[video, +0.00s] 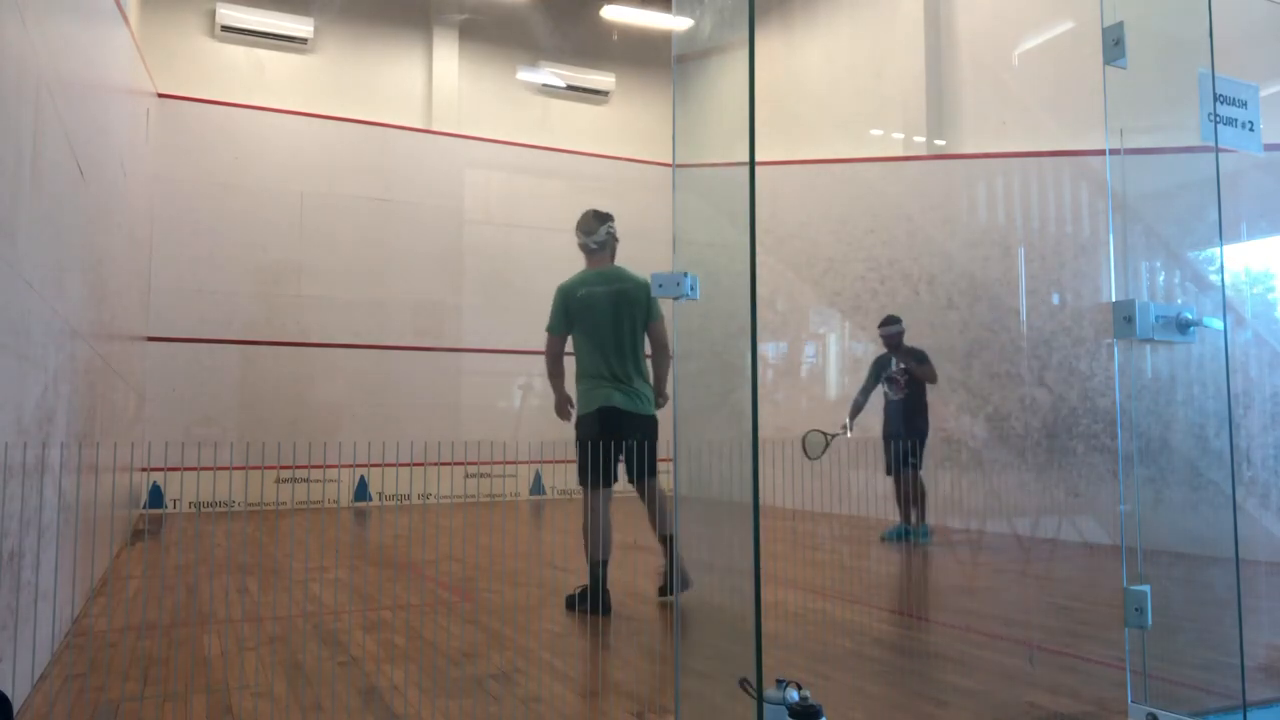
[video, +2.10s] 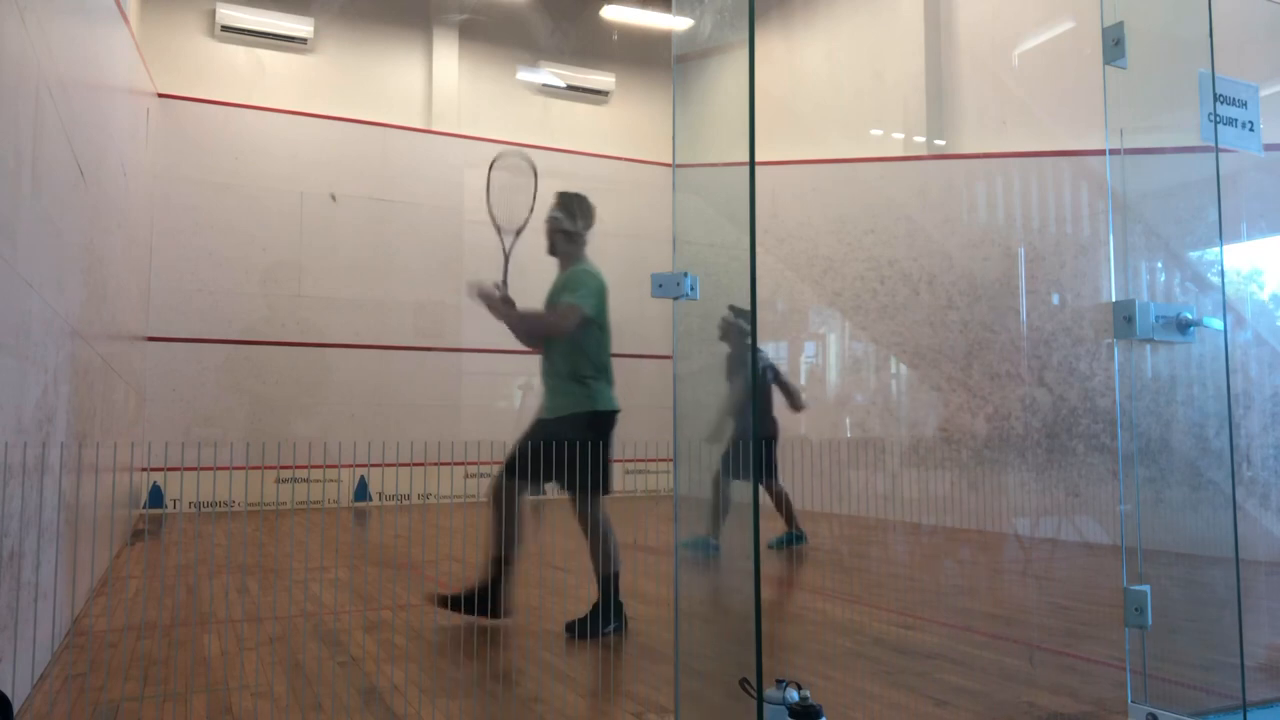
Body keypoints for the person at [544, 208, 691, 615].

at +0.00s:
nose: (582, 248)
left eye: (579, 242)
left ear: (580, 245)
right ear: (615, 243)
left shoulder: (569, 291)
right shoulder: (639, 286)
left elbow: (554, 352)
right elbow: (661, 346)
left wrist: (559, 393)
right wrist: (660, 388)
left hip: (595, 410)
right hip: (640, 409)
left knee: (595, 498)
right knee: (649, 487)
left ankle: (597, 589)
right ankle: (676, 567)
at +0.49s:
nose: (642, 255)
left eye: (639, 249)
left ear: (638, 252)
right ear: (672, 249)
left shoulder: (636, 291)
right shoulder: (692, 295)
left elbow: (619, 350)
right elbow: (700, 357)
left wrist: (612, 398)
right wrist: (676, 384)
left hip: (649, 415)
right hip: (690, 416)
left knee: (627, 499)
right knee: (697, 499)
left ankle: (605, 587)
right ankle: (701, 584)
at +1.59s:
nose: (624, 248)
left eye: (626, 242)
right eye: (627, 242)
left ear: (632, 244)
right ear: (658, 246)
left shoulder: (641, 284)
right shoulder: (669, 287)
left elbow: (643, 340)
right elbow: (661, 351)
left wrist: (599, 387)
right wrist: (618, 367)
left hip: (647, 412)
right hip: (669, 410)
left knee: (625, 499)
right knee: (679, 497)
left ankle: (610, 597)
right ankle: (699, 583)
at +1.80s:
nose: (594, 241)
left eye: (598, 234)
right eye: (596, 234)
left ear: (609, 238)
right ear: (625, 239)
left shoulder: (625, 282)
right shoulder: (629, 283)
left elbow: (631, 341)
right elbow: (622, 353)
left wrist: (572, 376)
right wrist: (571, 358)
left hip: (624, 408)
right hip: (628, 406)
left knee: (606, 499)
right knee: (629, 495)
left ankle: (609, 604)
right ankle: (677, 569)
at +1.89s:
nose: (579, 235)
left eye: (584, 228)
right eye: (580, 228)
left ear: (600, 232)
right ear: (604, 234)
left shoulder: (614, 277)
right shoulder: (602, 280)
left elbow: (618, 334)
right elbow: (599, 346)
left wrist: (556, 359)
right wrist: (550, 352)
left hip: (616, 408)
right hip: (601, 408)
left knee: (602, 501)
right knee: (580, 495)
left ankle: (611, 605)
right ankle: (635, 568)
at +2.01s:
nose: (564, 229)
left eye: (572, 222)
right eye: (565, 221)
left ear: (594, 228)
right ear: (577, 228)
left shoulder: (600, 275)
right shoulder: (584, 278)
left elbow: (595, 329)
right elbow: (576, 343)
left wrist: (532, 337)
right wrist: (525, 341)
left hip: (605, 411)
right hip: (582, 410)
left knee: (601, 503)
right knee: (539, 490)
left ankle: (611, 606)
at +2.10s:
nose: (548, 231)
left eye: (558, 225)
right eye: (549, 224)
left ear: (578, 232)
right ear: (550, 229)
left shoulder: (586, 279)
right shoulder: (564, 282)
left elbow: (556, 324)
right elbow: (539, 340)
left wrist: (503, 307)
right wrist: (510, 311)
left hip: (587, 414)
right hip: (558, 413)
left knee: (588, 507)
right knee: (505, 491)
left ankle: (610, 607)